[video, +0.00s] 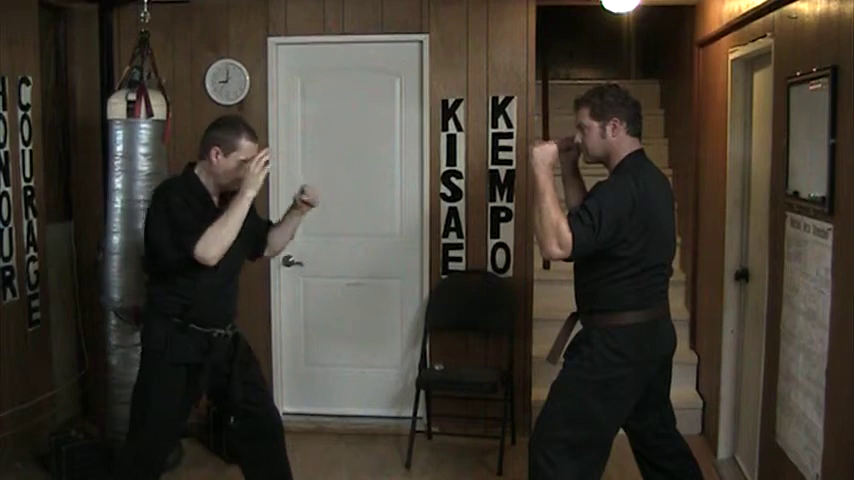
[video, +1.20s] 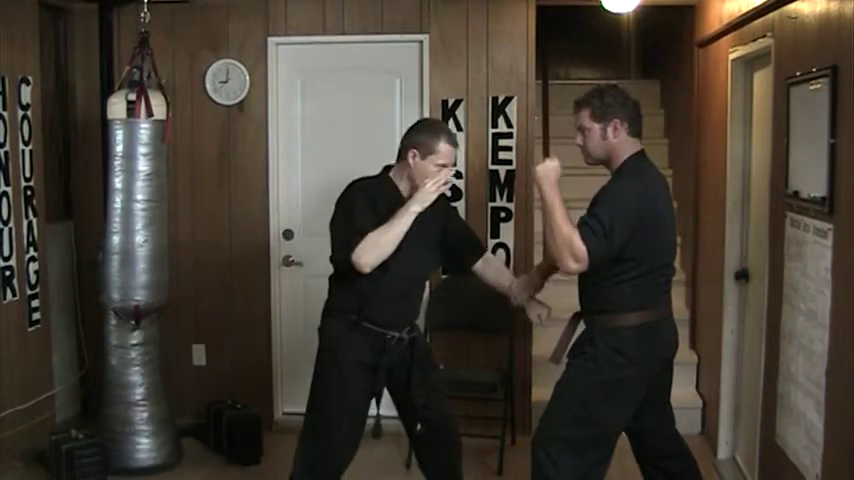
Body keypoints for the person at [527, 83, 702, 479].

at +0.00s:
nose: (579, 138)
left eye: (583, 129)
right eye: (578, 130)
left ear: (613, 128)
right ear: (619, 128)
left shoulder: (622, 186)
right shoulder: (654, 182)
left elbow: (559, 245)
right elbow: (587, 229)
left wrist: (542, 171)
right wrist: (571, 170)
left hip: (613, 342)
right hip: (652, 336)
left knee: (554, 451)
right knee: (660, 446)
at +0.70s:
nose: (578, 139)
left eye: (582, 130)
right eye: (577, 131)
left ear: (612, 127)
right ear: (617, 128)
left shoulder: (622, 186)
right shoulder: (652, 180)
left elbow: (559, 246)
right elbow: (585, 231)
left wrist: (541, 174)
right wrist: (570, 171)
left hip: (613, 342)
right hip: (652, 336)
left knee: (554, 452)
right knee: (660, 446)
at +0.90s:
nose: (576, 140)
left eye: (581, 129)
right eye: (577, 130)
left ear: (612, 128)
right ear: (615, 129)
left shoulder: (621, 187)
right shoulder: (650, 179)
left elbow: (560, 249)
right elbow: (640, 261)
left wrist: (543, 178)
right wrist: (596, 311)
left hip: (615, 341)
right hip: (651, 335)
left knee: (555, 451)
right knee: (660, 446)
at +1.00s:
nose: (576, 140)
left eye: (582, 129)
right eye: (577, 130)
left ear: (613, 128)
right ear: (615, 129)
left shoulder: (623, 187)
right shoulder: (650, 179)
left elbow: (563, 250)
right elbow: (639, 259)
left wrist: (545, 179)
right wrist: (594, 309)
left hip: (616, 341)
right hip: (651, 335)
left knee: (555, 453)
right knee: (660, 447)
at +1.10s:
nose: (578, 140)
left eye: (583, 130)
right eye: (579, 131)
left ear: (614, 129)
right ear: (618, 129)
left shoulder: (626, 187)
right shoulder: (647, 179)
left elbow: (566, 256)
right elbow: (588, 244)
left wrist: (546, 182)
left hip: (618, 342)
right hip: (651, 336)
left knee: (557, 452)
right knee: (660, 447)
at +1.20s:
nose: (578, 141)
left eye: (583, 131)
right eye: (578, 132)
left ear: (614, 130)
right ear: (617, 130)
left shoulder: (626, 188)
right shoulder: (647, 179)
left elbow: (571, 259)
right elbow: (586, 241)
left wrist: (548, 187)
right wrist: (539, 274)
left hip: (619, 342)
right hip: (652, 336)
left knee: (556, 453)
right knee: (660, 448)